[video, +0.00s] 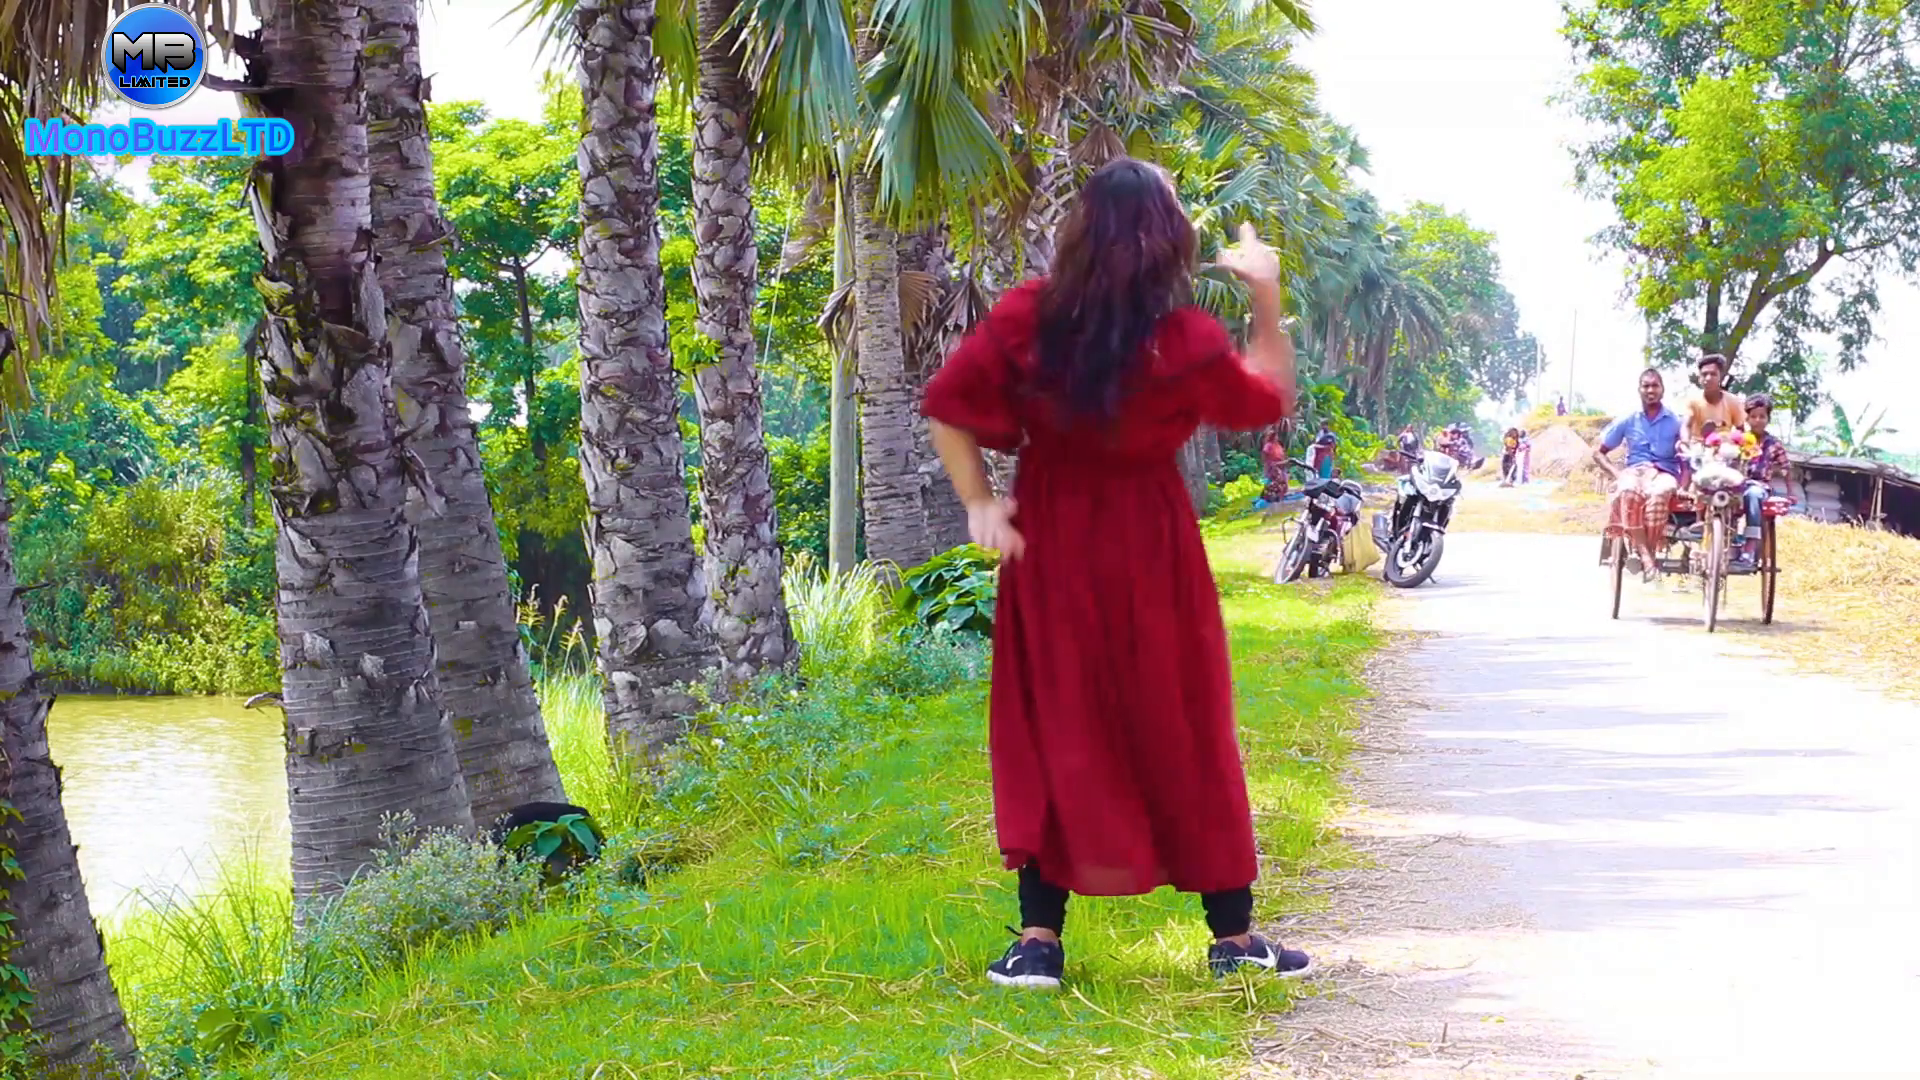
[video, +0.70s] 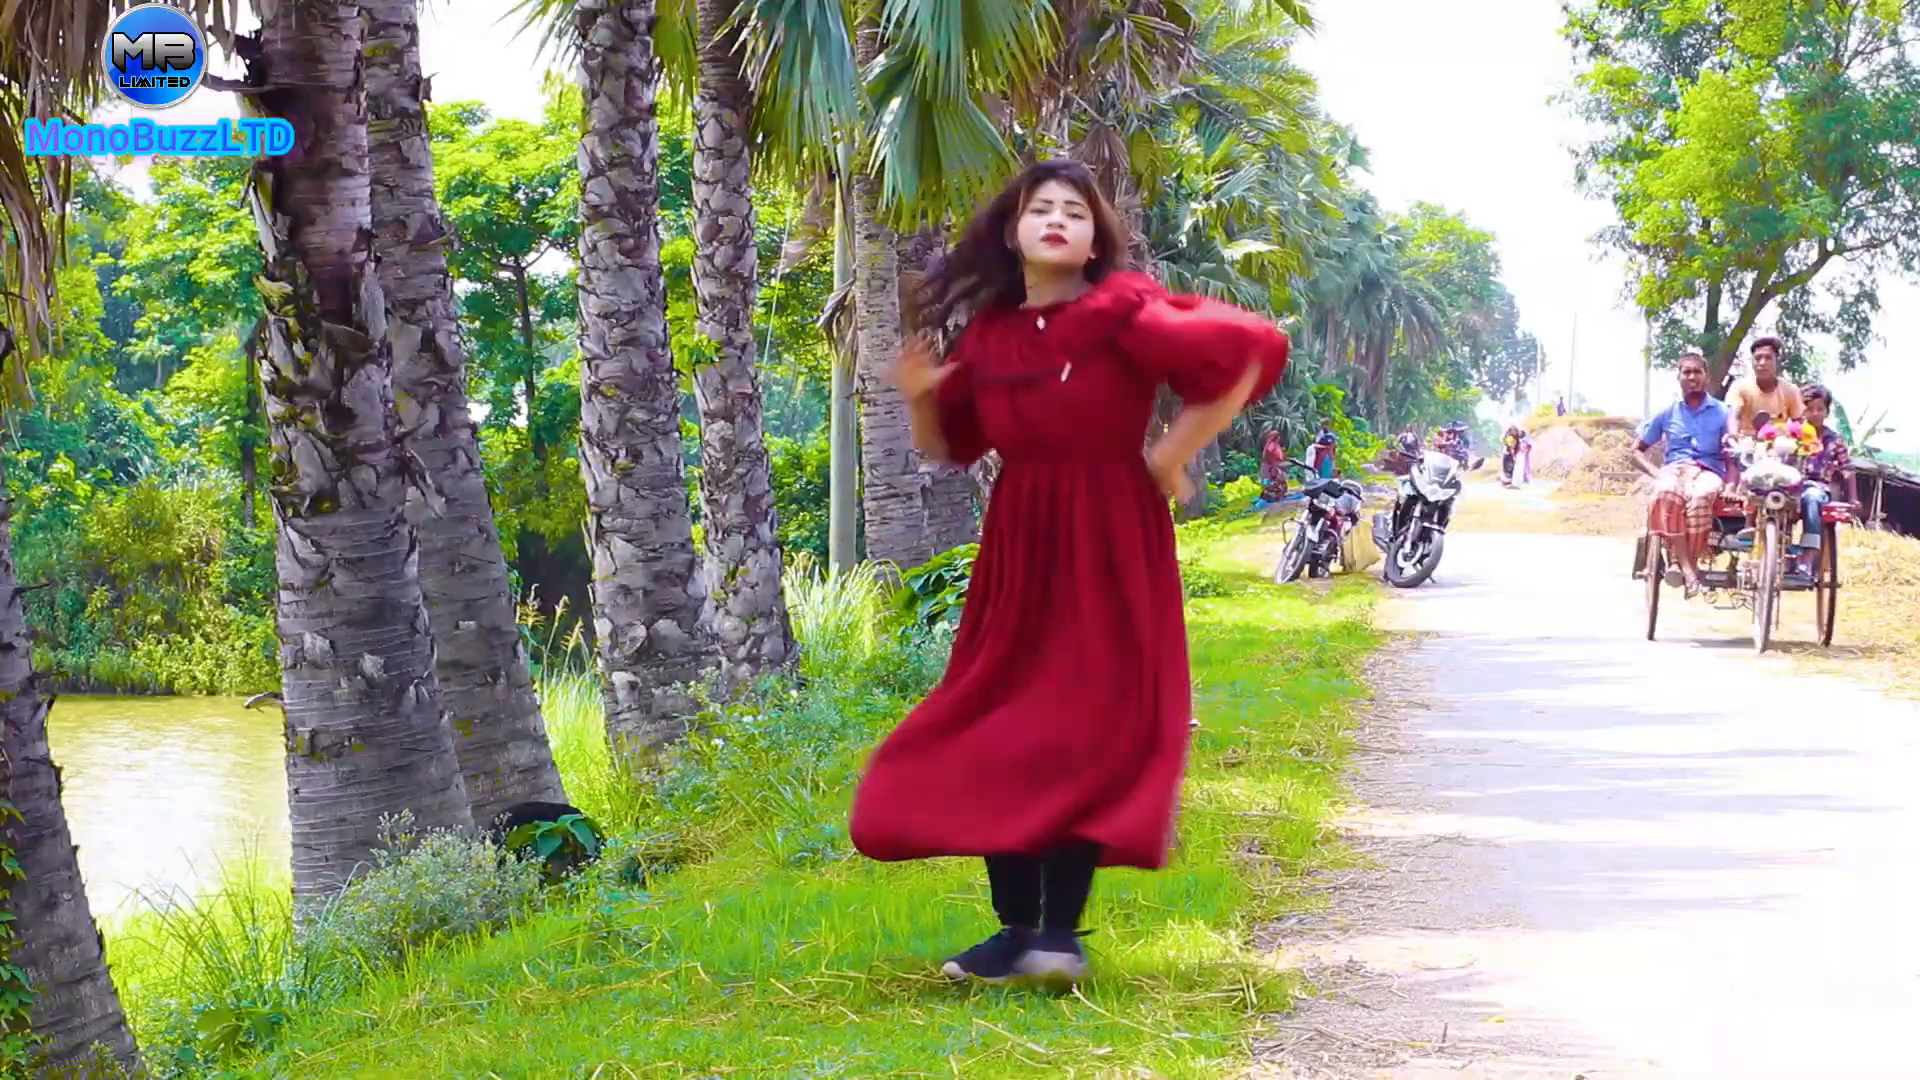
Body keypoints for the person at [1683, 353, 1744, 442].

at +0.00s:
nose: (1708, 378)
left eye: (1713, 374)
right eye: (1704, 374)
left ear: (1721, 377)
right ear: (1699, 377)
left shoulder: (1734, 402)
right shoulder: (1693, 401)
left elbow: (1741, 428)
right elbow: (1686, 424)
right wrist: (1685, 440)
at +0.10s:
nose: (1715, 376)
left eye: (1720, 372)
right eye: (1711, 372)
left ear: (1728, 375)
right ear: (1706, 376)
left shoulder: (1742, 400)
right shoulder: (1699, 398)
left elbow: (1749, 427)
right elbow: (1692, 423)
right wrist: (1690, 440)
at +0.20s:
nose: (1722, 375)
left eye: (1728, 370)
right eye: (1718, 370)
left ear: (1736, 374)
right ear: (1712, 373)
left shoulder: (1749, 399)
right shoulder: (1703, 395)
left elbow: (1756, 426)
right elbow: (1697, 421)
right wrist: (1696, 438)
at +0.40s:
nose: (1737, 371)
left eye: (1743, 366)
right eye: (1733, 366)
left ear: (1751, 369)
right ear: (1727, 369)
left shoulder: (1764, 395)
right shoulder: (1716, 392)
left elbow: (1771, 425)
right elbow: (1710, 418)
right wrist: (1711, 437)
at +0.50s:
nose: (1745, 367)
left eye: (1750, 362)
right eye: (1741, 363)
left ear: (1758, 365)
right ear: (1735, 366)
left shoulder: (1772, 393)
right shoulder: (1724, 391)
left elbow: (1780, 423)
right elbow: (1718, 418)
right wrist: (1718, 436)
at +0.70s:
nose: (1762, 363)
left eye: (1768, 358)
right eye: (1758, 358)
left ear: (1777, 360)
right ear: (1752, 361)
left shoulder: (1790, 391)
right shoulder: (1739, 387)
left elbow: (1799, 422)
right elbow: (1733, 415)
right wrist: (1733, 435)